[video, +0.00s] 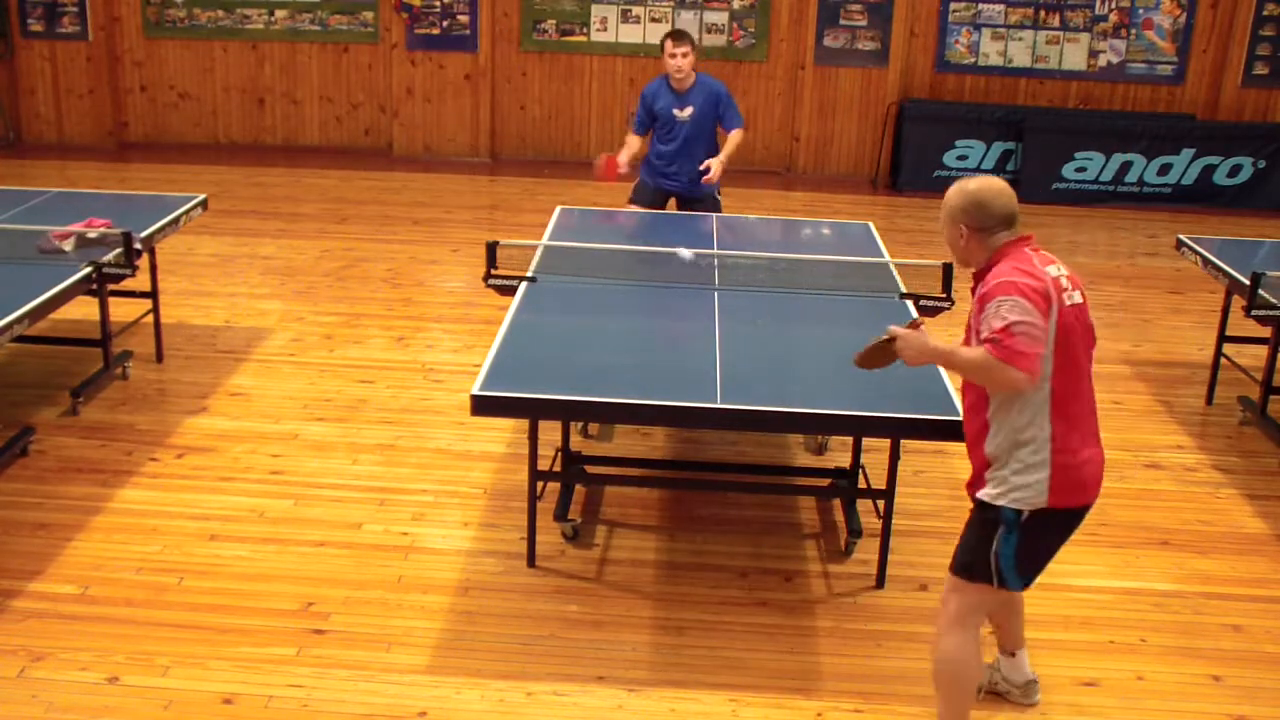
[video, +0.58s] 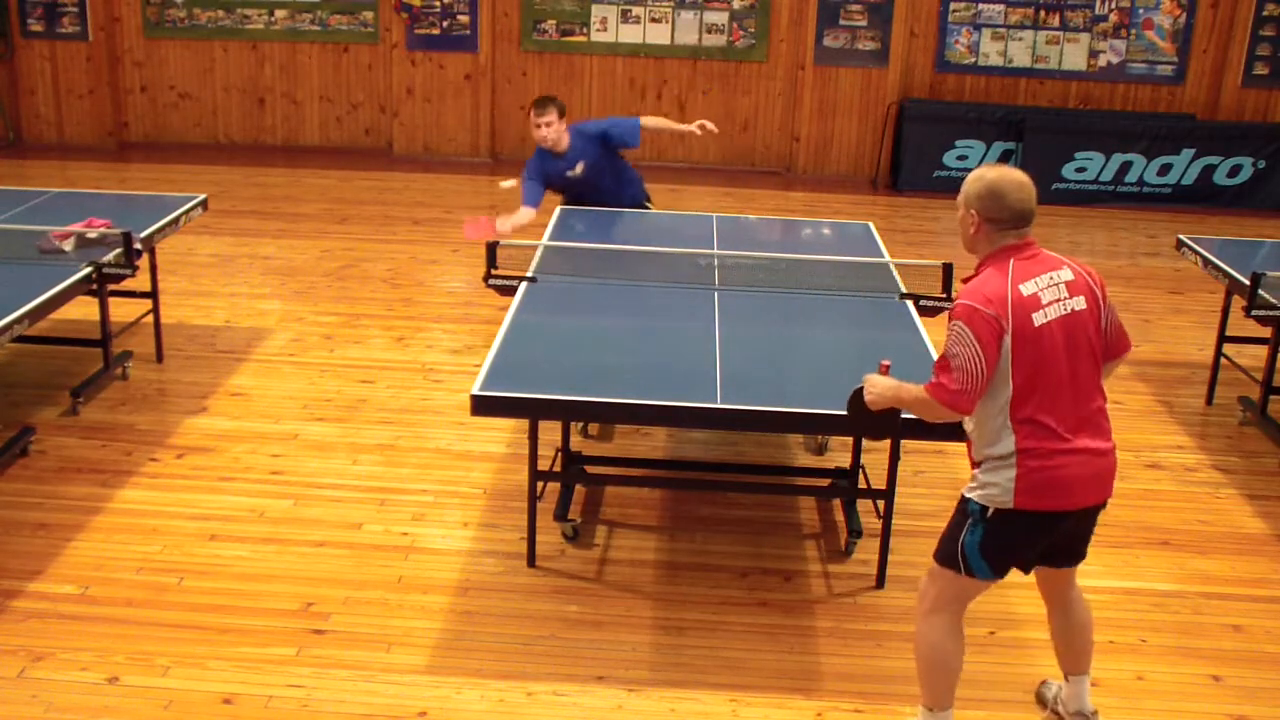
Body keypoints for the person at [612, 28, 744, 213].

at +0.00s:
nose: (678, 62)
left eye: (685, 55)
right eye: (672, 56)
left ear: (694, 57)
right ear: (663, 59)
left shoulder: (714, 91)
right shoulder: (652, 92)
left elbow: (736, 129)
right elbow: (638, 132)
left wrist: (721, 159)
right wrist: (625, 154)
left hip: (698, 180)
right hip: (656, 178)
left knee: (709, 238)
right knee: (629, 226)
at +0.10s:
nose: (662, 67)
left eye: (668, 60)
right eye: (656, 61)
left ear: (679, 61)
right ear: (649, 64)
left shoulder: (702, 92)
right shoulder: (642, 97)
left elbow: (734, 126)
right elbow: (621, 133)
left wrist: (723, 153)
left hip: (694, 182)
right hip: (652, 178)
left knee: (702, 244)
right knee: (621, 224)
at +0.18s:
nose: (643, 70)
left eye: (649, 63)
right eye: (638, 65)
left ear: (663, 63)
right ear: (632, 67)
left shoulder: (688, 91)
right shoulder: (630, 99)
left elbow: (727, 114)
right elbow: (603, 131)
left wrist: (728, 140)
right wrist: (560, 133)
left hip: (688, 182)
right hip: (647, 178)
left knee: (701, 245)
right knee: (615, 227)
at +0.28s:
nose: (614, 78)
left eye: (621, 70)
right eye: (609, 72)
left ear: (636, 68)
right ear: (604, 74)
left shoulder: (663, 93)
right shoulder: (607, 103)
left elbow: (708, 103)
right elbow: (575, 131)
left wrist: (727, 125)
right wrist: (532, 126)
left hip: (677, 185)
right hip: (635, 183)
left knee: (684, 247)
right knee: (609, 236)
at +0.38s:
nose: (582, 92)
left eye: (587, 84)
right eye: (577, 87)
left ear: (605, 82)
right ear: (573, 90)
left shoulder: (634, 102)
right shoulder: (579, 119)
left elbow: (682, 104)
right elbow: (548, 150)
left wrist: (718, 117)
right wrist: (503, 138)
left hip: (660, 192)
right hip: (614, 194)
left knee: (674, 253)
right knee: (597, 250)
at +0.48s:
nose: (555, 113)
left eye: (560, 106)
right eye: (550, 108)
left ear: (579, 102)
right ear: (547, 110)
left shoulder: (610, 117)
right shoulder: (554, 140)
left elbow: (662, 113)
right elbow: (532, 182)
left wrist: (703, 121)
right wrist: (494, 178)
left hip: (642, 201)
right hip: (595, 204)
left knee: (657, 259)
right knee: (572, 253)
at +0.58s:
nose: (543, 133)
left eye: (548, 125)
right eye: (537, 127)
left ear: (563, 124)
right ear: (531, 129)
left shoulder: (592, 133)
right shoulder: (537, 166)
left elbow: (643, 124)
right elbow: (528, 210)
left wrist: (686, 128)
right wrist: (504, 225)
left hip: (632, 207)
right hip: (588, 215)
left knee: (646, 259)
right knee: (585, 263)